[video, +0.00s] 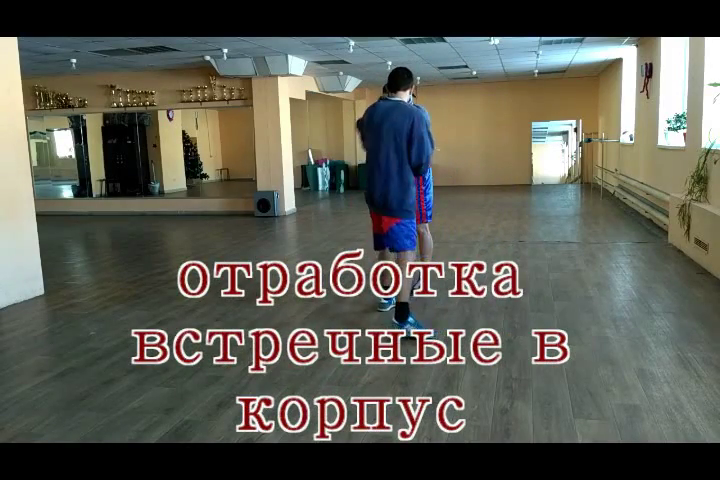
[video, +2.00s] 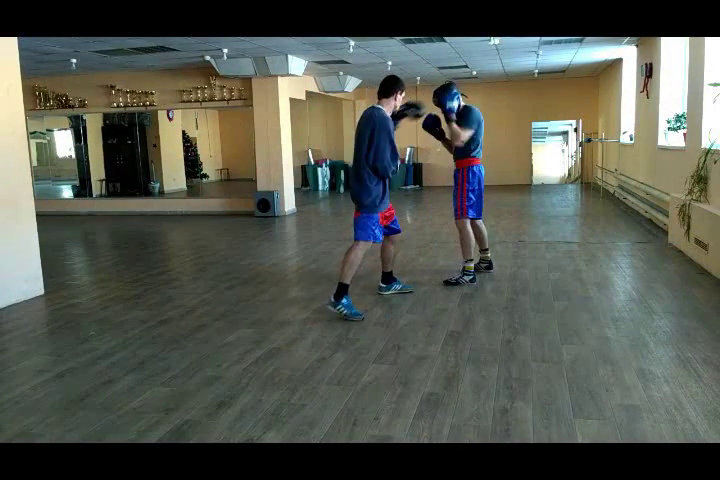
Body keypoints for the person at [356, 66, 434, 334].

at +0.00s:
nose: (413, 92)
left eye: (412, 89)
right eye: (413, 89)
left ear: (387, 86)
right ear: (410, 89)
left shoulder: (371, 111)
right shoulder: (413, 115)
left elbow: (368, 146)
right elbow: (420, 162)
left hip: (375, 190)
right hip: (402, 193)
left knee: (382, 248)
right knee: (405, 256)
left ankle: (386, 296)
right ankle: (403, 316)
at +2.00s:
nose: (402, 101)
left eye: (402, 97)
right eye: (402, 96)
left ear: (382, 93)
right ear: (396, 96)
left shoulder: (371, 114)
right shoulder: (381, 119)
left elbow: (381, 139)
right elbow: (383, 165)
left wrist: (398, 117)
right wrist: (395, 164)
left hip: (375, 192)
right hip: (370, 193)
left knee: (392, 234)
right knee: (363, 241)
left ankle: (387, 280)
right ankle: (340, 297)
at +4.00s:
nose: (394, 106)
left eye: (396, 102)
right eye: (392, 101)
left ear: (383, 101)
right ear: (380, 100)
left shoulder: (395, 117)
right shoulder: (359, 120)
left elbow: (422, 114)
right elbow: (349, 156)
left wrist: (449, 104)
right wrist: (378, 158)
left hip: (375, 181)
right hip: (353, 182)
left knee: (384, 223)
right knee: (344, 222)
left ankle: (388, 264)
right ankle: (329, 265)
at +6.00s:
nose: (444, 106)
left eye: (447, 102)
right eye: (440, 102)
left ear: (450, 102)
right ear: (432, 102)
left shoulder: (458, 120)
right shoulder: (422, 126)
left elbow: (482, 125)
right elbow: (415, 154)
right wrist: (418, 178)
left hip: (454, 181)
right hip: (429, 182)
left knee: (466, 217)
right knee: (420, 218)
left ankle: (481, 250)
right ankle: (416, 246)